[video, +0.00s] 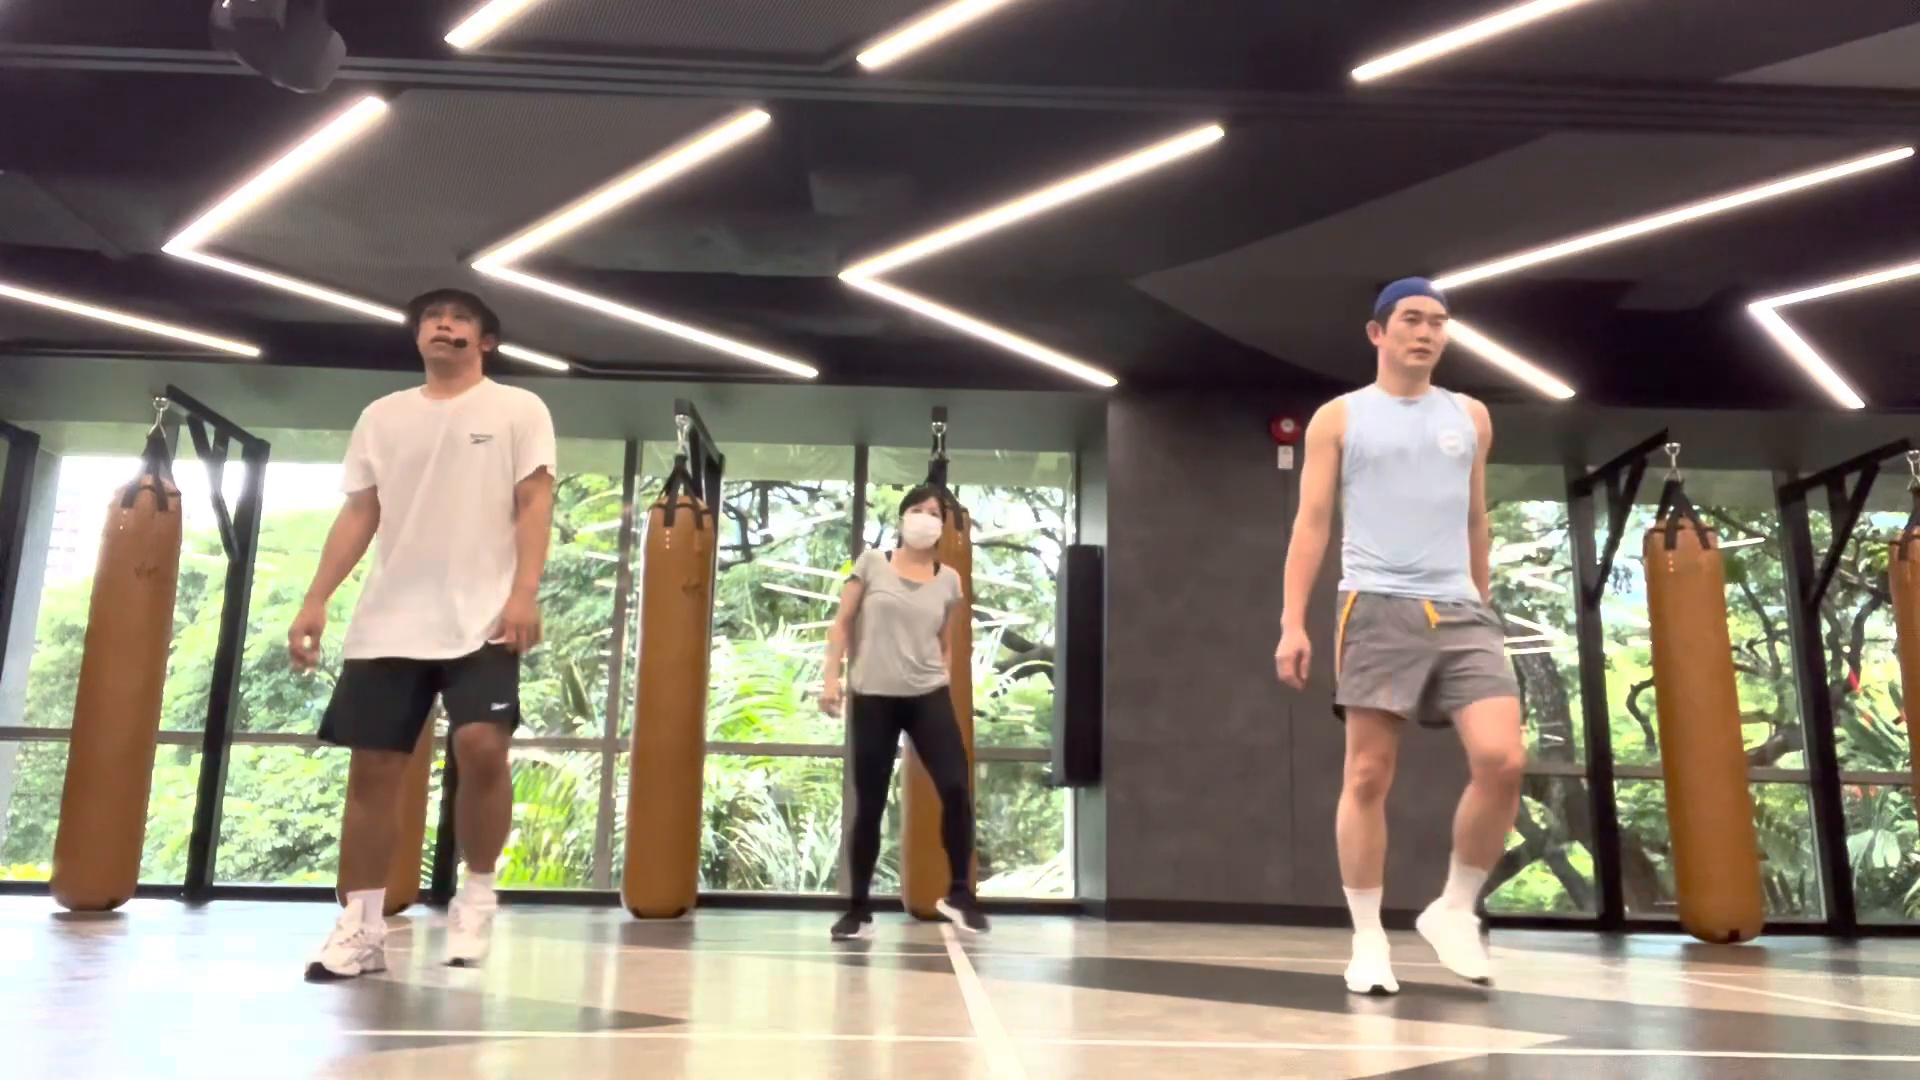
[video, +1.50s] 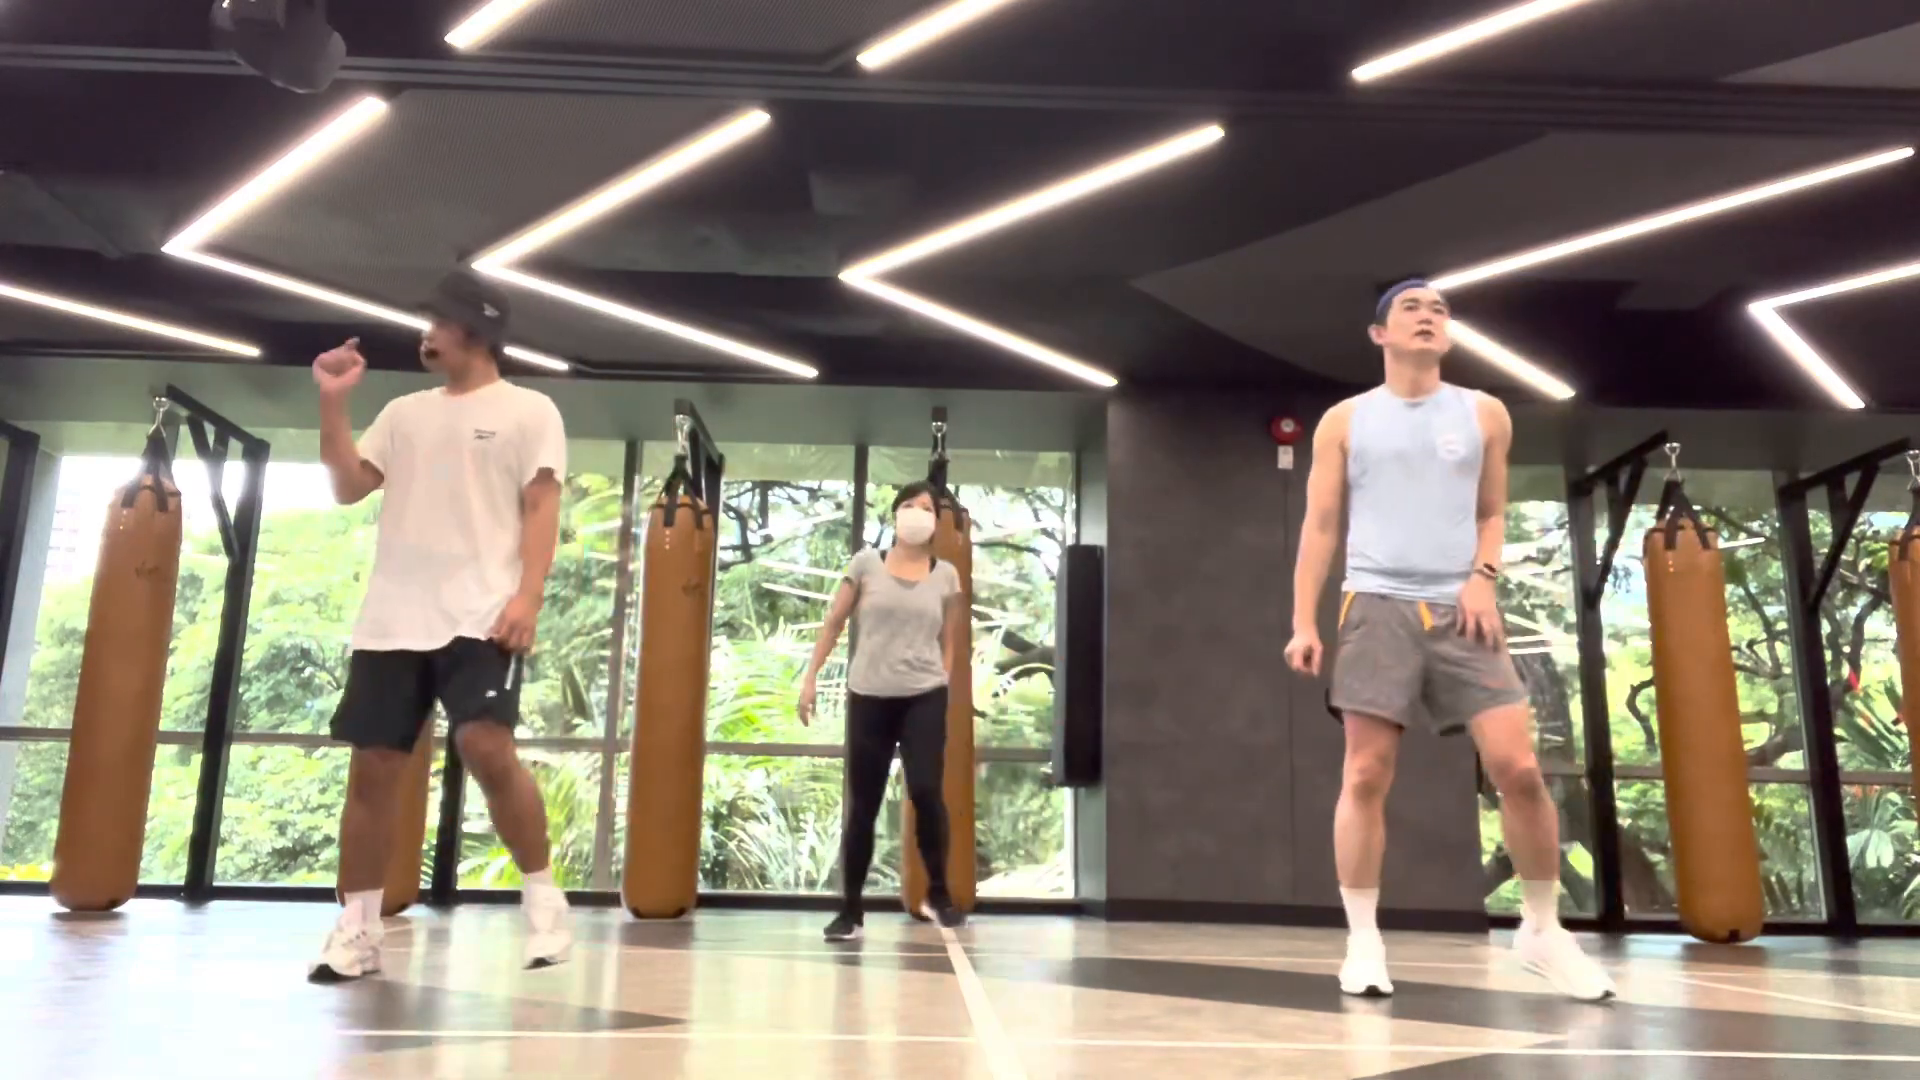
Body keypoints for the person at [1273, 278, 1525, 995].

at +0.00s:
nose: (1428, 331)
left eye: (1438, 323)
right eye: (1414, 320)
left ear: (1447, 339)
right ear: (1377, 333)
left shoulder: (1470, 417)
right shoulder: (1337, 418)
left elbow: (1478, 523)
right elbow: (1311, 524)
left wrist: (1478, 607)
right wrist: (1293, 622)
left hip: (1463, 612)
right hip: (1378, 612)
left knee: (1502, 761)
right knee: (1368, 776)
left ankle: (1454, 910)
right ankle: (1368, 942)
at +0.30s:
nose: (1492, 343)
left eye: (1502, 333)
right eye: (1477, 329)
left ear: (1510, 347)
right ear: (1442, 338)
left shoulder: (1520, 428)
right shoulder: (1399, 416)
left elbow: (1495, 519)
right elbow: (1358, 518)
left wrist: (1502, 601)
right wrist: (1359, 612)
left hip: (1517, 619)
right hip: (1435, 616)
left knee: (1571, 777)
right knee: (1400, 779)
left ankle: (1598, 959)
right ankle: (1371, 945)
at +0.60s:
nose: (1560, 342)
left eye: (1569, 330)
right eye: (1544, 330)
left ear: (1578, 338)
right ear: (1508, 338)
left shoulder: (1591, 427)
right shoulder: (1468, 412)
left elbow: (1605, 517)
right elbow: (1426, 511)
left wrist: (1640, 580)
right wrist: (1431, 602)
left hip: (1589, 611)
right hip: (1511, 605)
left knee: (1604, 776)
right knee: (1515, 767)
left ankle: (1600, 956)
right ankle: (1459, 918)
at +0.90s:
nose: (1557, 326)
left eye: (1567, 315)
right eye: (1541, 316)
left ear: (1582, 333)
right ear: (1509, 335)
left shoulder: (1611, 422)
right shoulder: (1471, 412)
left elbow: (1616, 523)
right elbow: (1444, 518)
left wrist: (1666, 521)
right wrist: (1440, 617)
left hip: (1588, 612)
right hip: (1503, 611)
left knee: (1602, 776)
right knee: (1523, 756)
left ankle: (1600, 957)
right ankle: (1514, 923)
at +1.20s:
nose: (1497, 319)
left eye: (1508, 312)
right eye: (1480, 311)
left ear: (1526, 336)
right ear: (1452, 337)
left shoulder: (1566, 412)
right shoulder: (1419, 423)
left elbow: (1614, 505)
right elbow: (1404, 526)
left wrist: (1589, 526)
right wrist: (1391, 623)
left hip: (1548, 621)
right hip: (1453, 620)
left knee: (1578, 781)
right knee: (1407, 773)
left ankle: (1599, 959)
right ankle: (1364, 938)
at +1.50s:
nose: (1427, 315)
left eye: (1438, 309)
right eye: (1411, 306)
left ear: (1451, 337)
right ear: (1379, 333)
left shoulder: (1486, 415)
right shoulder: (1343, 421)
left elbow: (1492, 513)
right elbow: (1320, 525)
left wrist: (1484, 573)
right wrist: (1305, 620)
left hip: (1464, 612)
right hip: (1377, 613)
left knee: (1521, 772)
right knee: (1366, 774)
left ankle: (1541, 932)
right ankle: (1363, 943)